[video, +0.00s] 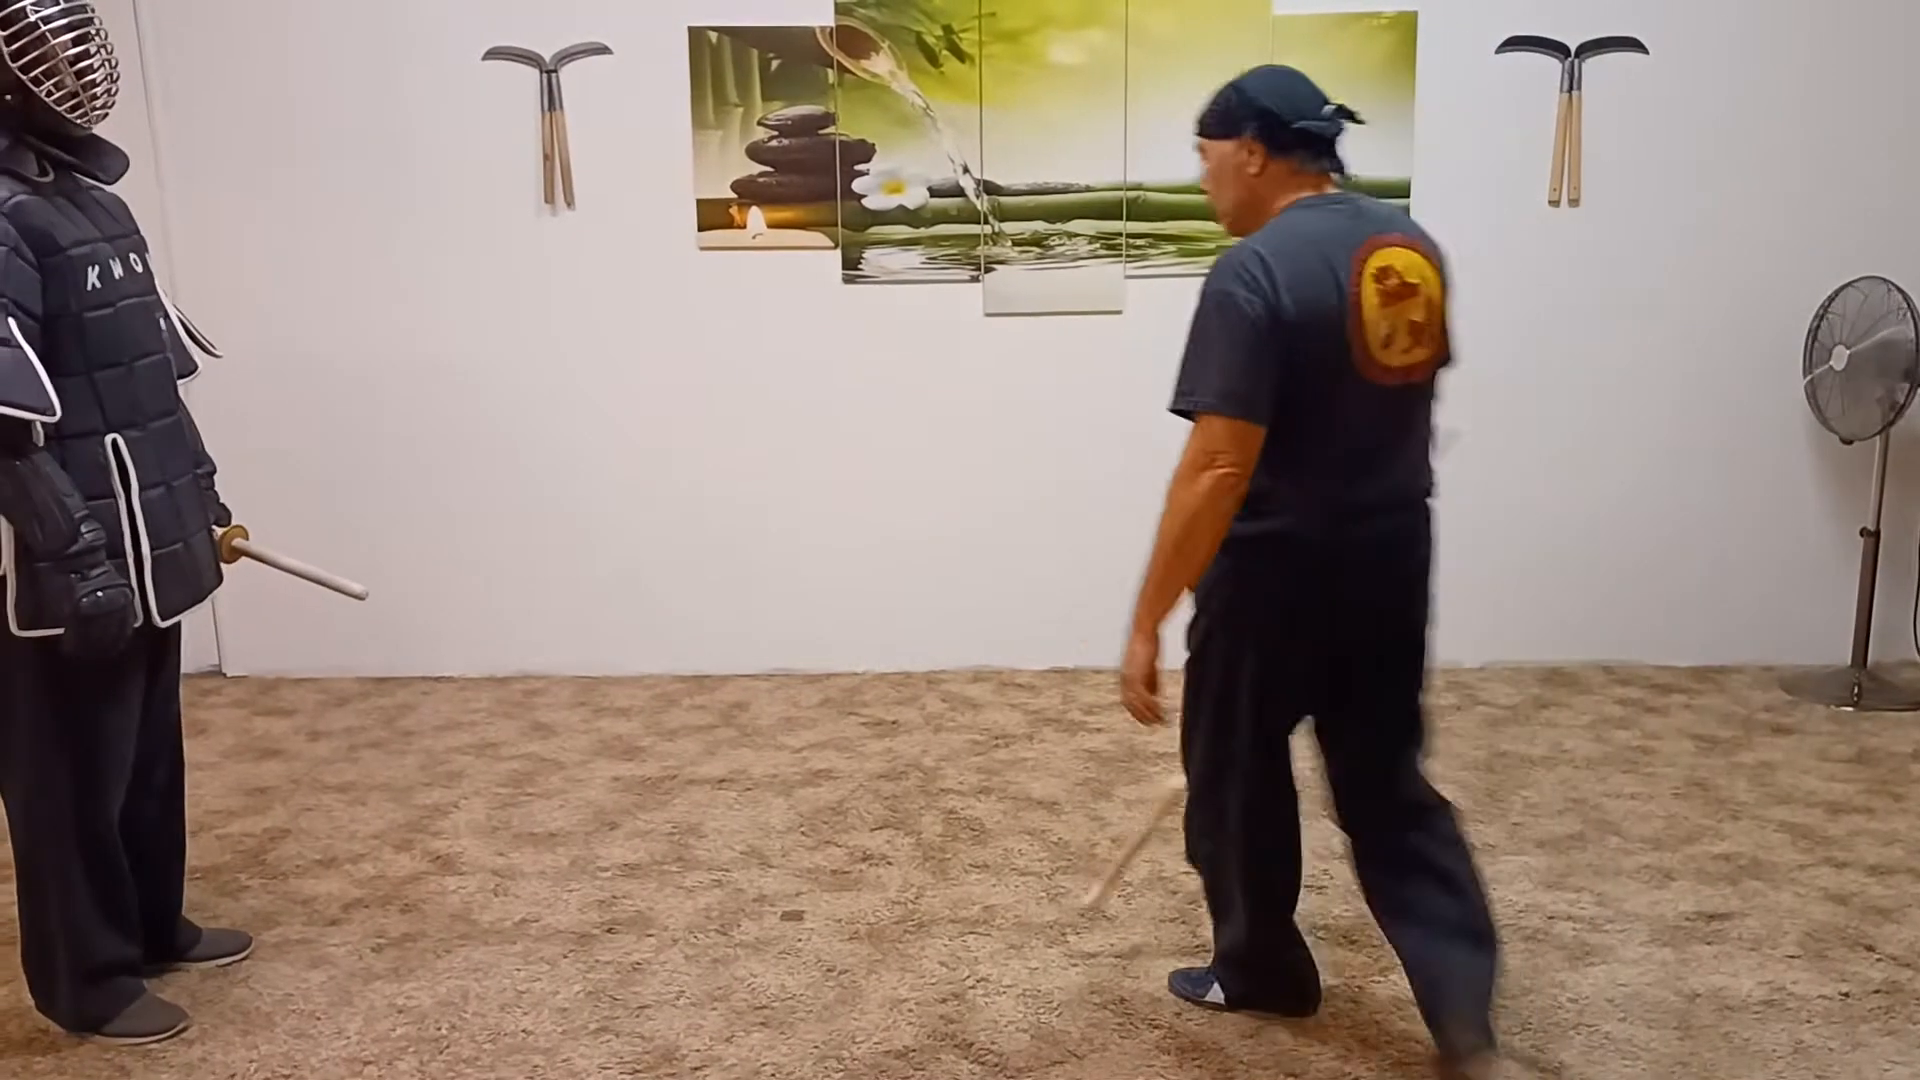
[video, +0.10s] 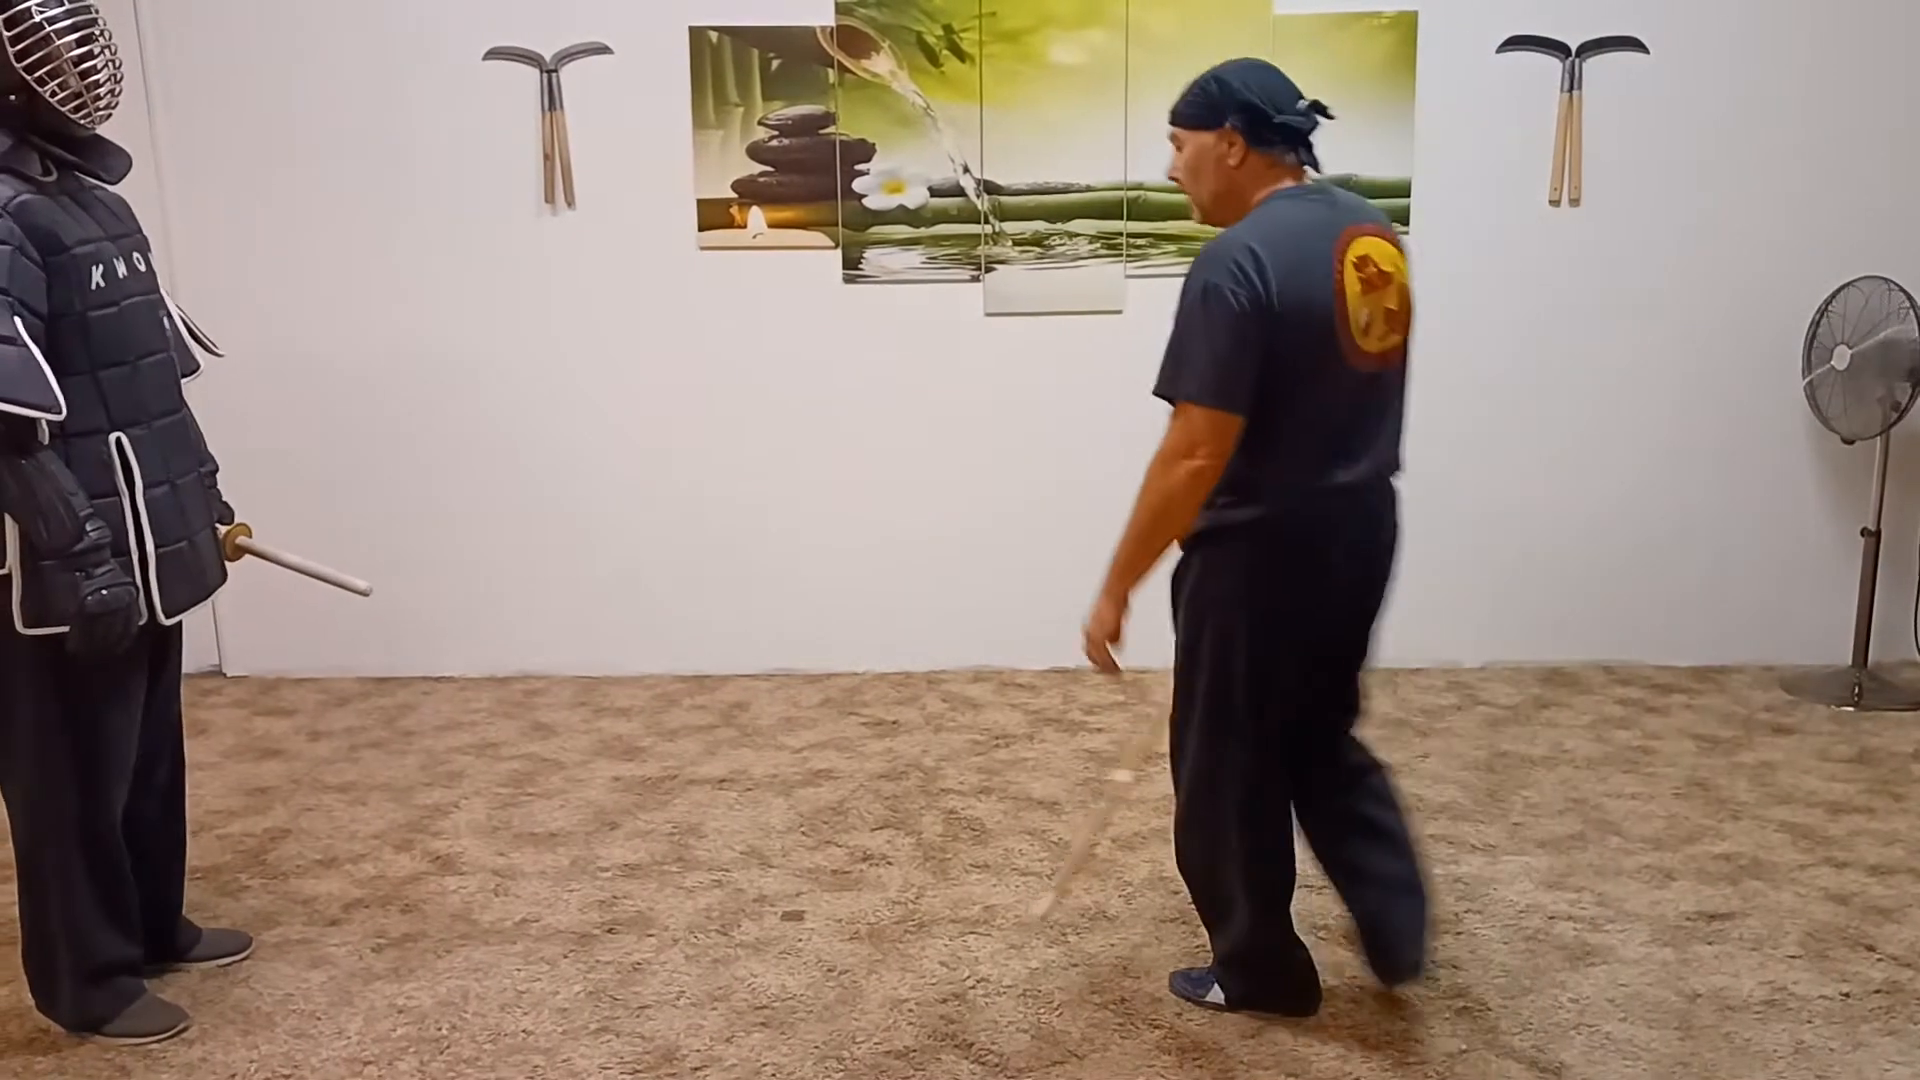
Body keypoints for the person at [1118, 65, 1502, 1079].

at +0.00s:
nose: (1204, 183)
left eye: (1210, 160)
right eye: (1204, 162)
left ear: (1256, 155)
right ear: (1305, 155)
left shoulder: (1254, 270)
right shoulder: (1404, 240)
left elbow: (1218, 464)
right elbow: (1412, 398)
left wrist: (1145, 620)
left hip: (1268, 562)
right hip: (1388, 552)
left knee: (1234, 760)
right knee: (1383, 771)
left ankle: (1263, 966)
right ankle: (1457, 978)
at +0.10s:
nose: (1176, 175)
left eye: (1182, 154)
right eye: (1175, 156)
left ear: (1235, 146)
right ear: (1277, 148)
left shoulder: (1235, 262)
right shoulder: (1367, 226)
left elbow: (1195, 450)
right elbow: (1364, 397)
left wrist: (1117, 585)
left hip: (1254, 547)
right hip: (1358, 530)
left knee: (1223, 760)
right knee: (1315, 731)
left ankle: (1259, 969)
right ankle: (1395, 918)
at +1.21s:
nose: (1218, 133)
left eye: (1237, 117)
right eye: (1201, 120)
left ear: (1273, 129)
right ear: (1181, 139)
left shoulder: (1332, 225)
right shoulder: (1152, 239)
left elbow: (1398, 353)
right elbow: (1098, 364)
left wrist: (1335, 463)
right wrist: (1038, 478)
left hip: (1299, 497)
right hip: (1181, 498)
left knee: (1317, 694)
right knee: (1159, 687)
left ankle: (1310, 863)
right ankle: (1154, 860)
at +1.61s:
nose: (1298, 138)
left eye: (1320, 123)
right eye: (1284, 120)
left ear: (1356, 137)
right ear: (1263, 131)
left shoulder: (1392, 241)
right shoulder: (1217, 215)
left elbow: (1425, 390)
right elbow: (1162, 332)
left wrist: (1444, 527)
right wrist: (1101, 441)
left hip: (1338, 502)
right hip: (1223, 488)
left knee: (1338, 688)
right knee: (1202, 673)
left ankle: (1313, 863)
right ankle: (1204, 852)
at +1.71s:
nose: (1305, 138)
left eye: (1327, 124)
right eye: (1292, 120)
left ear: (1364, 139)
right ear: (1272, 131)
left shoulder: (1398, 246)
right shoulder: (1224, 210)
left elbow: (1430, 389)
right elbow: (1158, 323)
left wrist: (1439, 525)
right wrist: (1086, 421)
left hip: (1337, 500)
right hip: (1225, 486)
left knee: (1340, 686)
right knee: (1210, 675)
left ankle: (1315, 862)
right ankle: (1222, 848)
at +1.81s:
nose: (1308, 140)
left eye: (1330, 125)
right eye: (1295, 122)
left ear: (1366, 139)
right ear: (1275, 130)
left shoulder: (1398, 246)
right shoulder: (1225, 209)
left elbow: (1426, 388)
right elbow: (1154, 320)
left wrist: (1422, 525)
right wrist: (1079, 415)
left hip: (1337, 500)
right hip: (1225, 489)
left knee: (1338, 687)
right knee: (1218, 677)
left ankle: (1318, 859)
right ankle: (1236, 844)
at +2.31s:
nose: (1249, 124)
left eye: (1267, 110)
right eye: (1232, 114)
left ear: (1302, 125)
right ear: (1214, 136)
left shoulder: (1355, 225)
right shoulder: (1180, 232)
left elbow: (1393, 368)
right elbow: (1130, 353)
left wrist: (1374, 501)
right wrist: (1115, 478)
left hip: (1327, 495)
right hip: (1214, 494)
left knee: (1329, 684)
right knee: (1219, 678)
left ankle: (1317, 858)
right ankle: (1244, 842)